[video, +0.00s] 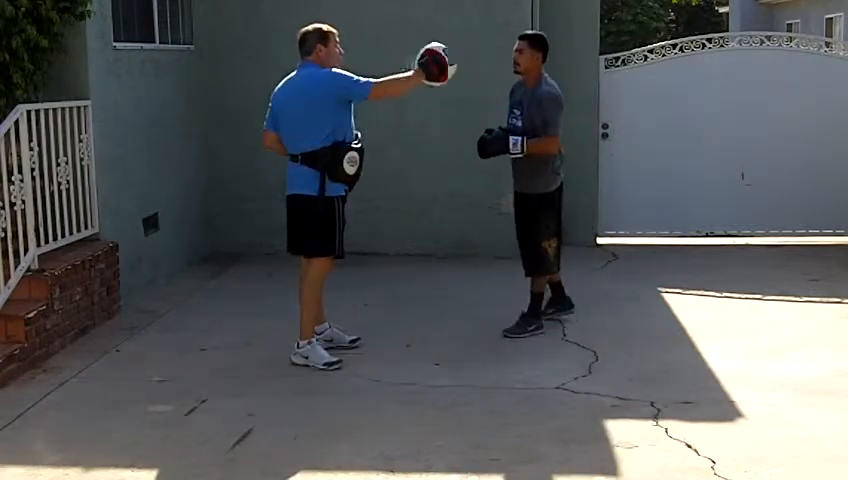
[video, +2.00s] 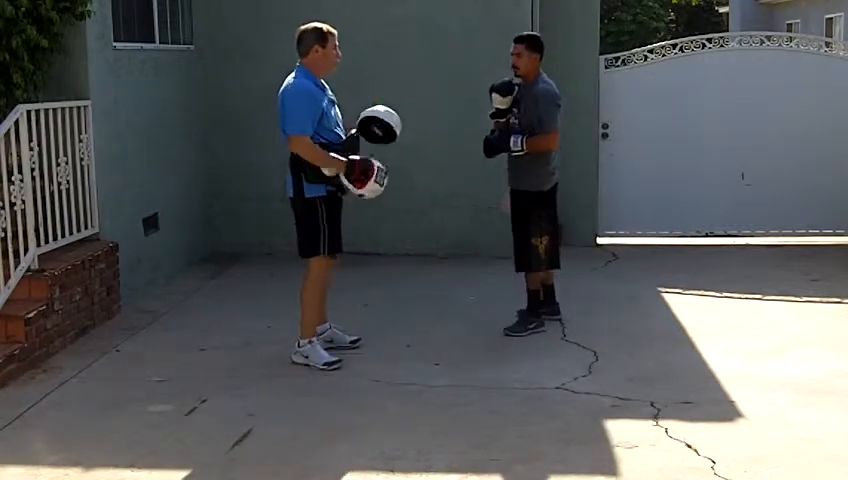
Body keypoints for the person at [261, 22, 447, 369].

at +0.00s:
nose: (341, 51)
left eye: (339, 45)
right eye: (337, 45)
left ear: (311, 52)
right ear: (320, 50)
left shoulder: (283, 88)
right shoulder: (331, 80)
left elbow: (271, 140)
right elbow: (380, 89)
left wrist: (308, 155)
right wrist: (422, 74)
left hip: (300, 188)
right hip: (323, 189)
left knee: (314, 260)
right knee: (321, 261)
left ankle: (318, 329)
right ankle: (305, 345)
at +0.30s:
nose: (342, 54)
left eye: (341, 47)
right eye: (338, 48)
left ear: (310, 53)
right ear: (320, 50)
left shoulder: (283, 88)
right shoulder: (329, 81)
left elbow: (272, 140)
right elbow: (368, 119)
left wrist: (308, 154)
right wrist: (393, 115)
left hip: (299, 187)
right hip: (324, 189)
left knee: (312, 260)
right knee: (321, 261)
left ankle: (320, 329)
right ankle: (305, 344)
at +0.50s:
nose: (343, 53)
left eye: (342, 47)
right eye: (339, 47)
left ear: (314, 52)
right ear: (319, 50)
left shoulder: (291, 85)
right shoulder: (323, 85)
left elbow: (282, 140)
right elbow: (346, 135)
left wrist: (325, 147)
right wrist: (381, 155)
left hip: (305, 187)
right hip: (320, 190)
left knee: (317, 260)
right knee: (318, 262)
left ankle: (320, 329)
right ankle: (305, 345)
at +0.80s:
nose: (343, 56)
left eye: (342, 50)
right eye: (338, 49)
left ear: (318, 53)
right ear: (318, 52)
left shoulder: (314, 84)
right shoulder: (303, 88)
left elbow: (324, 136)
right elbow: (307, 144)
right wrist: (340, 179)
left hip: (320, 187)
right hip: (310, 190)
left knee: (321, 260)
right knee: (314, 262)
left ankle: (318, 329)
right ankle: (305, 344)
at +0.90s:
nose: (342, 56)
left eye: (341, 49)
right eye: (338, 49)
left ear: (317, 53)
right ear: (317, 52)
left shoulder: (313, 84)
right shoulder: (299, 88)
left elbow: (322, 133)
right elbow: (299, 142)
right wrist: (329, 181)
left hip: (321, 188)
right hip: (308, 191)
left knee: (321, 260)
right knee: (314, 262)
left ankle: (319, 329)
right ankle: (305, 345)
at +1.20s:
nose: (336, 53)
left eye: (336, 47)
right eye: (331, 47)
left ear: (314, 52)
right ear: (312, 52)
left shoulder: (320, 84)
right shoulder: (292, 89)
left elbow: (350, 121)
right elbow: (291, 144)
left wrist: (363, 83)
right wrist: (325, 182)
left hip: (325, 186)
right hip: (306, 190)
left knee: (321, 259)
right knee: (313, 260)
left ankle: (319, 330)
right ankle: (304, 344)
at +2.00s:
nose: (339, 54)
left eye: (338, 47)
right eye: (334, 47)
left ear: (317, 52)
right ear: (317, 51)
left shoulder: (315, 84)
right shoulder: (299, 89)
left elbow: (325, 135)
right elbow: (299, 144)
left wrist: (358, 133)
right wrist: (341, 165)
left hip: (324, 188)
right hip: (311, 192)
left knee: (327, 259)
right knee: (318, 262)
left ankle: (319, 329)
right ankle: (307, 343)